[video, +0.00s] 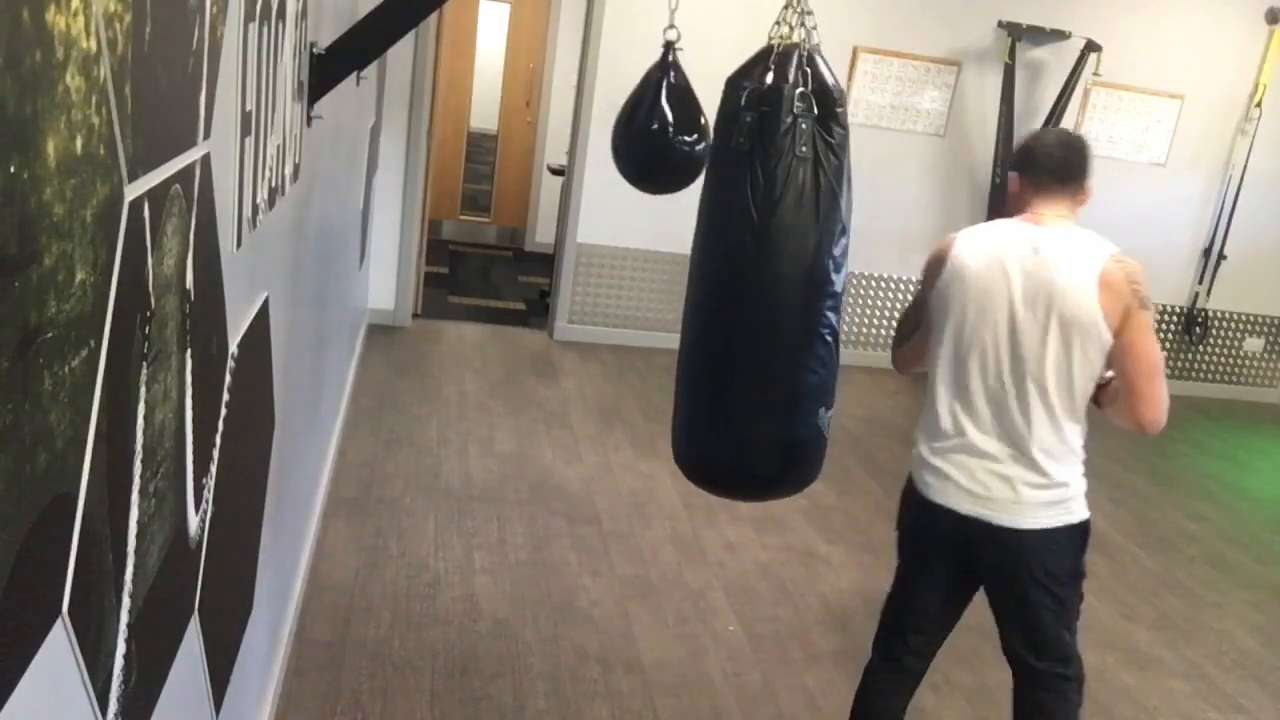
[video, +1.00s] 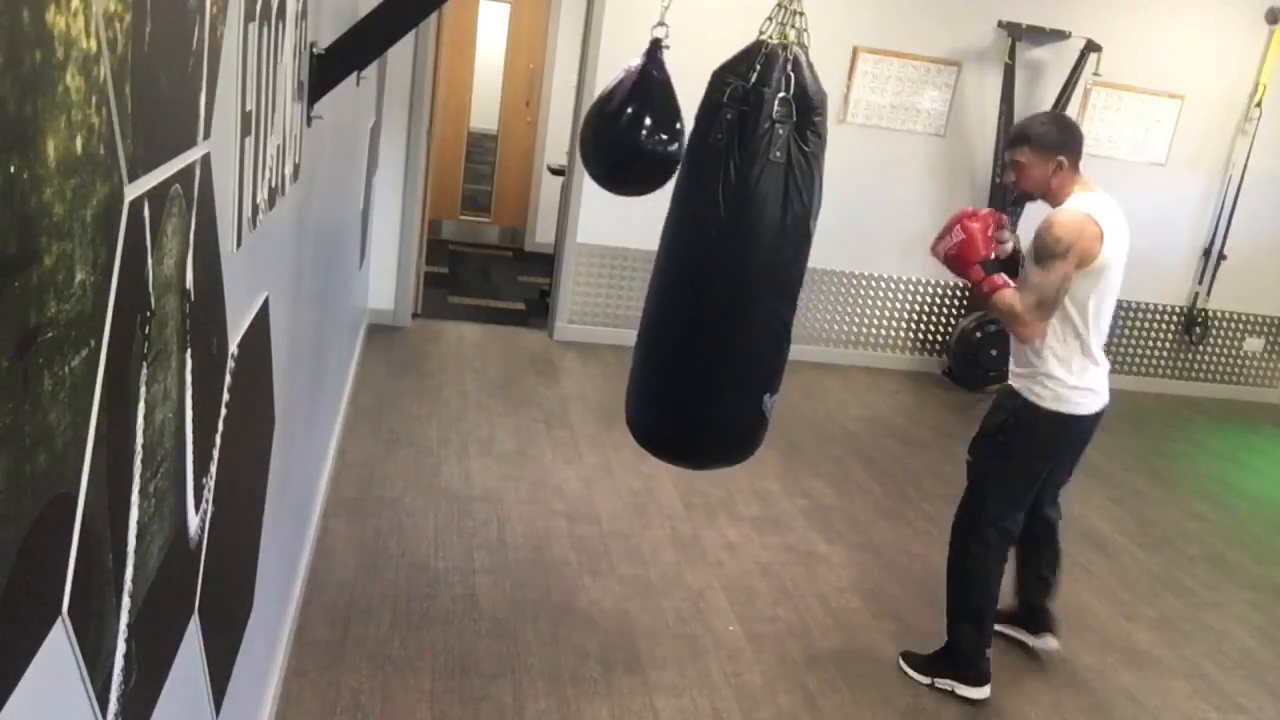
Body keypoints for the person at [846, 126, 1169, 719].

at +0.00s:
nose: (1006, 188)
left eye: (1007, 181)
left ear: (1014, 184)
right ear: (1085, 192)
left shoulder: (958, 251)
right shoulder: (1116, 276)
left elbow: (907, 356)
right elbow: (1147, 413)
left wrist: (978, 347)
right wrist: (1085, 383)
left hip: (937, 509)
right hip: (1039, 530)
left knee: (896, 660)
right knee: (1049, 681)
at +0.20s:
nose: (1063, 207)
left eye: (1066, 198)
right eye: (1068, 199)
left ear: (1079, 199)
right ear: (1142, 208)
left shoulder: (1023, 261)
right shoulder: (1175, 294)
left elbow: (934, 348)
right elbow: (1184, 425)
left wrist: (987, 346)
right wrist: (1124, 387)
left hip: (994, 498)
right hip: (1089, 523)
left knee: (932, 638)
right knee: (1081, 665)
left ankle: (887, 714)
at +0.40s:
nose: (1076, 192)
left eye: (1081, 177)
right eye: (1077, 178)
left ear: (1109, 175)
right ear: (1147, 180)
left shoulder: (1077, 240)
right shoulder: (1209, 267)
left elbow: (1031, 341)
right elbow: (1195, 375)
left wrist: (998, 329)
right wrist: (1127, 348)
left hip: (1032, 455)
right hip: (1123, 478)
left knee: (971, 573)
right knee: (1101, 628)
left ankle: (941, 703)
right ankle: (1081, 719)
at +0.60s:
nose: (1046, 197)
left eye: (1054, 186)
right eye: (1047, 185)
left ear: (1093, 186)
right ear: (1109, 186)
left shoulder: (1085, 256)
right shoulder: (1170, 248)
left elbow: (1073, 370)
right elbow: (1130, 328)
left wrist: (1006, 331)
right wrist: (1057, 287)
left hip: (1044, 452)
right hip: (1121, 466)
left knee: (987, 565)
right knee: (1097, 615)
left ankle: (963, 670)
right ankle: (1081, 713)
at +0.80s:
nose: (1013, 205)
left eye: (1020, 195)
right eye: (1011, 194)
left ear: (1059, 192)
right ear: (1067, 191)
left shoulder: (1059, 266)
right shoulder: (1127, 237)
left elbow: (1017, 363)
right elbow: (1088, 326)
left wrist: (972, 309)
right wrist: (1018, 288)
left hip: (1033, 434)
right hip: (1096, 440)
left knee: (971, 538)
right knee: (1060, 543)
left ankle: (966, 671)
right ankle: (1104, 682)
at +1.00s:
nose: (1012, 173)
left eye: (1020, 163)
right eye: (1012, 162)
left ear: (1060, 163)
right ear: (1064, 164)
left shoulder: (1063, 226)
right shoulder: (1101, 210)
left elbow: (1026, 320)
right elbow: (1055, 296)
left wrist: (976, 268)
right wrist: (1007, 259)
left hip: (1040, 403)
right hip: (1081, 400)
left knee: (980, 525)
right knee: (1037, 506)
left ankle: (964, 661)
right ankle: (1034, 612)